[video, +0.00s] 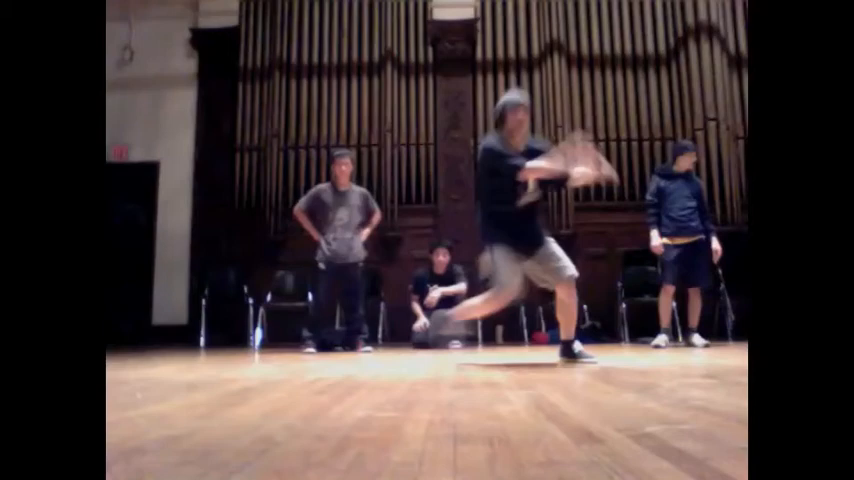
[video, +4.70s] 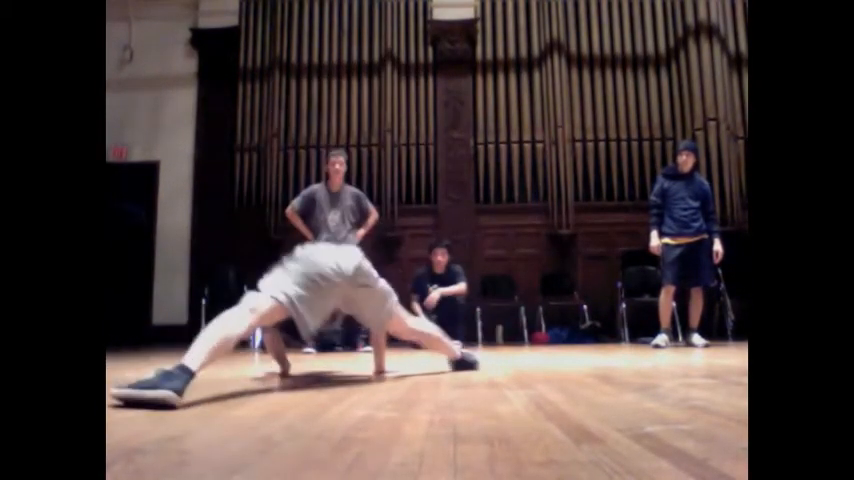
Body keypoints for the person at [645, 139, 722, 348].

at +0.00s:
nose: (693, 162)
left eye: (694, 158)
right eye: (689, 158)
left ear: (692, 160)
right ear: (678, 158)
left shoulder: (694, 183)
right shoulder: (660, 180)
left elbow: (704, 214)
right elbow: (651, 209)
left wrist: (713, 238)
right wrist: (654, 234)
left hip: (696, 239)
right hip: (671, 240)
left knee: (695, 288)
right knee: (668, 287)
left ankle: (693, 332)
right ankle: (664, 332)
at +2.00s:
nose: (686, 160)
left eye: (690, 156)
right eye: (683, 156)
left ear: (696, 160)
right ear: (677, 158)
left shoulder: (701, 184)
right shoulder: (665, 181)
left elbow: (711, 215)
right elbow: (656, 208)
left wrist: (716, 239)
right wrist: (655, 234)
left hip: (699, 240)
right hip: (673, 241)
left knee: (697, 288)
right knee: (669, 287)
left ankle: (693, 332)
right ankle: (664, 332)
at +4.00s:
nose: (686, 160)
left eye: (690, 156)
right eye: (683, 156)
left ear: (697, 159)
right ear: (677, 158)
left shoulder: (702, 184)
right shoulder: (665, 181)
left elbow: (711, 215)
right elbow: (656, 208)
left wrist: (716, 239)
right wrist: (655, 233)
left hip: (699, 240)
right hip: (673, 240)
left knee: (697, 288)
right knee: (669, 286)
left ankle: (693, 332)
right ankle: (664, 332)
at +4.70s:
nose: (684, 160)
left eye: (688, 156)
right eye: (681, 155)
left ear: (695, 159)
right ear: (676, 158)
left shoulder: (702, 184)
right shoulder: (664, 181)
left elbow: (710, 215)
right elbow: (655, 209)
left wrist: (716, 239)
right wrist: (654, 234)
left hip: (698, 240)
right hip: (672, 240)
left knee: (697, 288)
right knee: (668, 287)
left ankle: (693, 332)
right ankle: (664, 332)